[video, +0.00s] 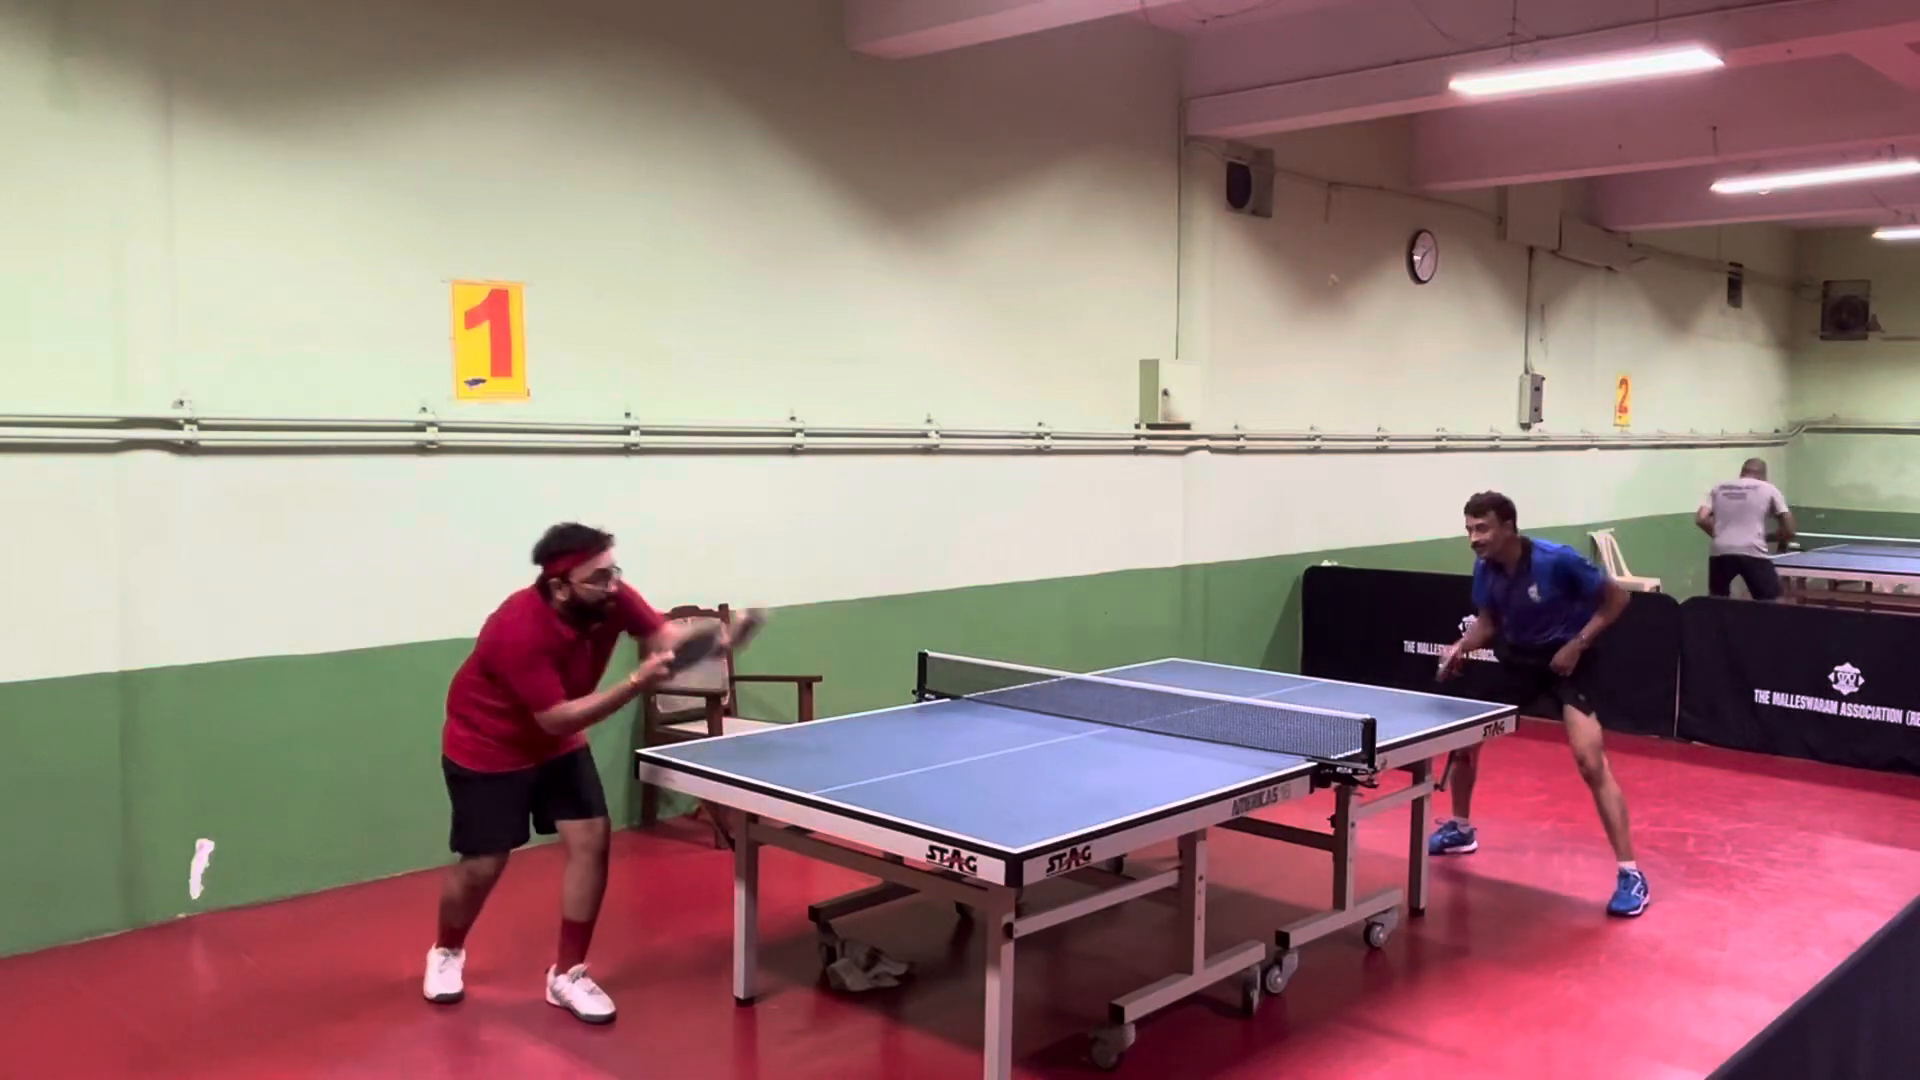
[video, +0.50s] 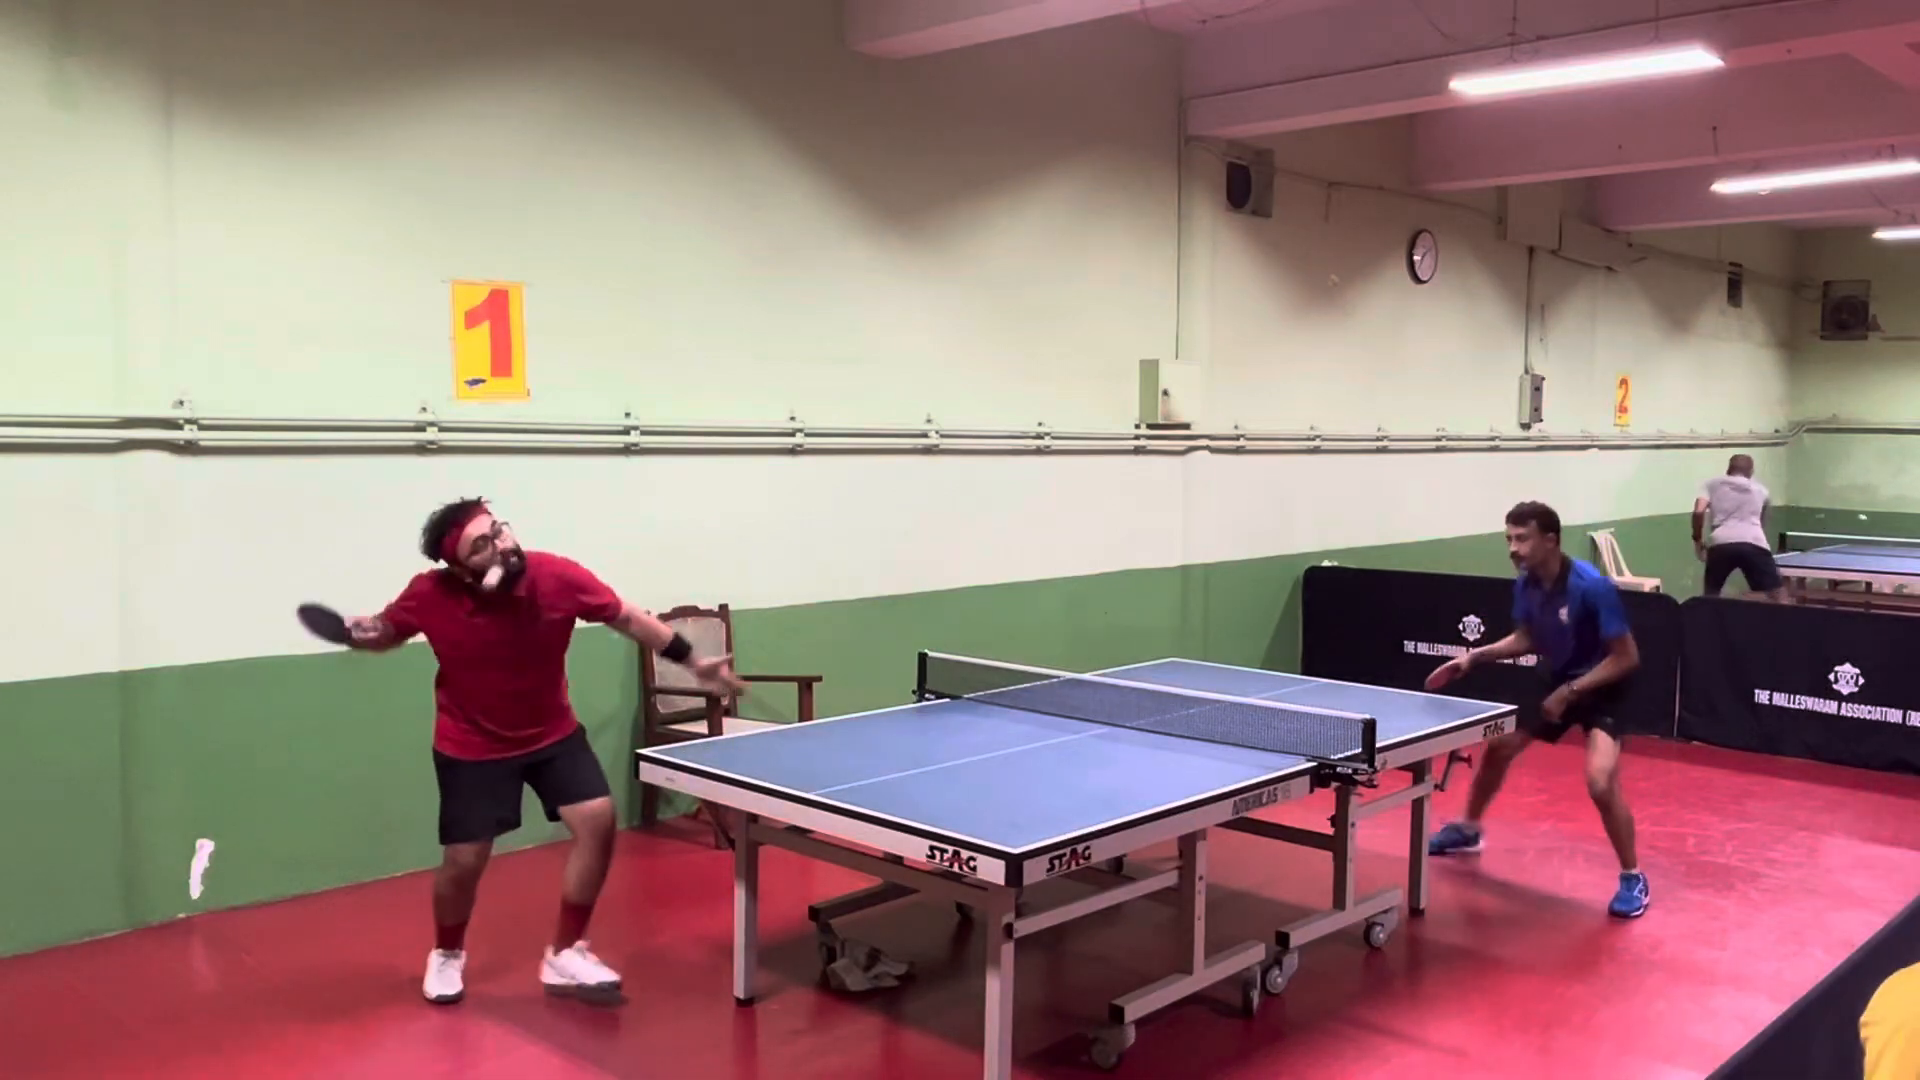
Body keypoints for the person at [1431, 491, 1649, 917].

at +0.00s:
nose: (1474, 538)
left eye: (1481, 530)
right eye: (1470, 531)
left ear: (1509, 527)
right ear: (1471, 532)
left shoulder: (1558, 561)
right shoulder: (1484, 571)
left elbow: (1617, 596)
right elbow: (1488, 624)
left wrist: (1578, 644)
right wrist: (1459, 648)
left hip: (1567, 666)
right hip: (1514, 665)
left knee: (1590, 763)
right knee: (1463, 734)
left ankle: (1629, 874)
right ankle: (1460, 826)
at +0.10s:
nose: (1472, 545)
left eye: (1480, 536)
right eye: (1468, 537)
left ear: (1508, 534)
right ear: (1469, 538)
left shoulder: (1556, 567)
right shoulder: (1484, 576)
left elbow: (1614, 609)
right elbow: (1492, 626)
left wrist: (1573, 654)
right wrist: (1461, 650)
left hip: (1570, 665)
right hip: (1518, 665)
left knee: (1589, 761)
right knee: (1464, 734)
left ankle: (1630, 874)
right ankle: (1460, 826)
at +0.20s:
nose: (1478, 549)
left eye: (1485, 540)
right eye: (1474, 541)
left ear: (1513, 538)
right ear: (1476, 541)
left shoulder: (1559, 574)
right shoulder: (1487, 575)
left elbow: (1615, 621)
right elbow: (1492, 630)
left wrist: (1570, 663)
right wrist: (1458, 651)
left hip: (1570, 668)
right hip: (1519, 668)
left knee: (1593, 765)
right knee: (1464, 736)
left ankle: (1630, 874)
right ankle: (1460, 826)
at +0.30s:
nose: (1488, 553)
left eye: (1496, 545)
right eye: (1485, 545)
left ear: (1525, 543)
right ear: (1484, 544)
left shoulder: (1568, 583)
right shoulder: (1494, 579)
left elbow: (1619, 637)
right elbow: (1494, 635)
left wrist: (1570, 678)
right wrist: (1458, 653)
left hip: (1574, 674)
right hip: (1521, 671)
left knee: (1596, 768)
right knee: (1463, 738)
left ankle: (1631, 874)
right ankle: (1459, 826)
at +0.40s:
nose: (1502, 557)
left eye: (1510, 549)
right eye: (1499, 549)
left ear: (1539, 550)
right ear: (1499, 550)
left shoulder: (1582, 593)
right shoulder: (1507, 586)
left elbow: (1623, 654)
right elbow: (1503, 640)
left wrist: (1571, 690)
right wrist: (1459, 658)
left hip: (1585, 688)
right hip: (1534, 685)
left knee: (1597, 774)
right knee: (1467, 748)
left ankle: (1632, 875)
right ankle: (1460, 828)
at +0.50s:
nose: (1513, 549)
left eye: (1521, 539)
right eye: (1510, 540)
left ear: (1551, 540)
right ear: (1514, 542)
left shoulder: (1593, 586)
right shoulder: (1527, 584)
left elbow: (1626, 656)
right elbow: (1527, 638)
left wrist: (1572, 690)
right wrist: (1471, 657)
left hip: (1605, 685)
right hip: (1558, 683)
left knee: (1600, 782)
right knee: (1499, 747)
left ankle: (1632, 878)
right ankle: (1468, 827)